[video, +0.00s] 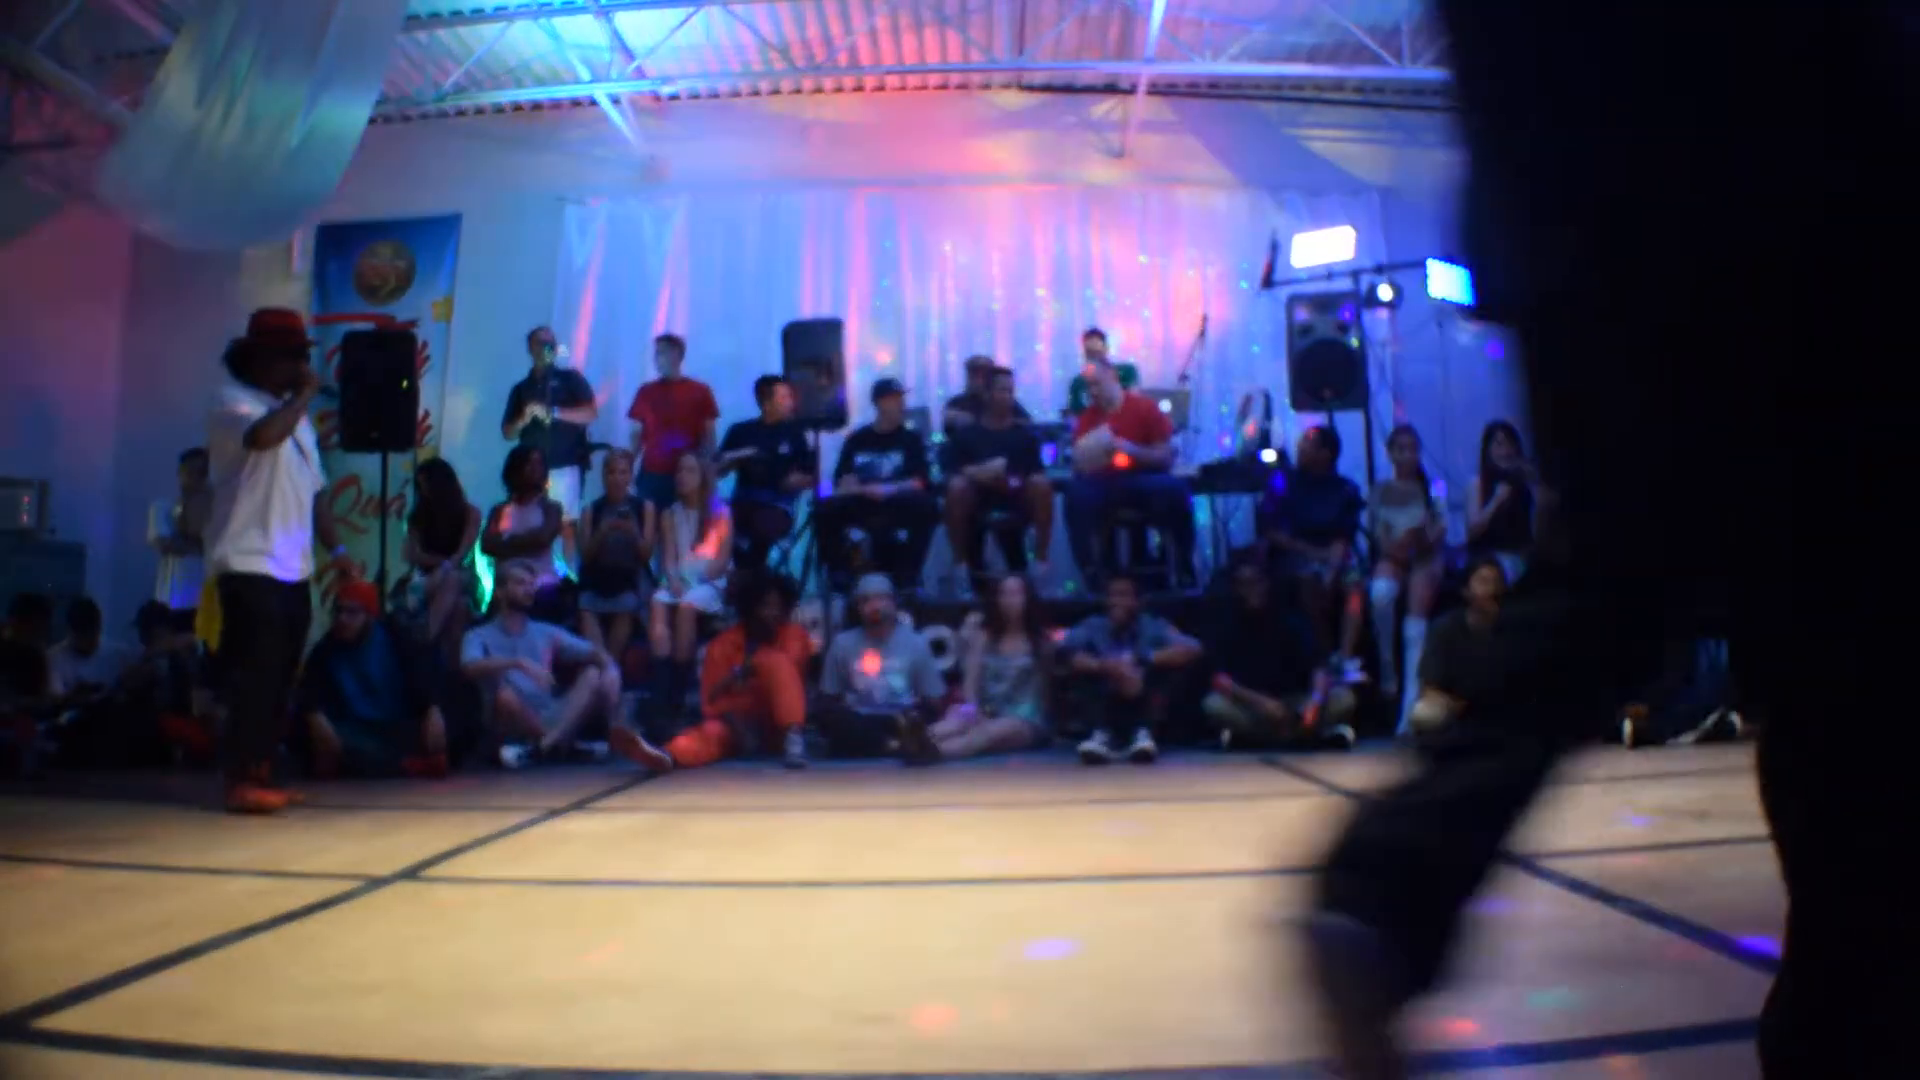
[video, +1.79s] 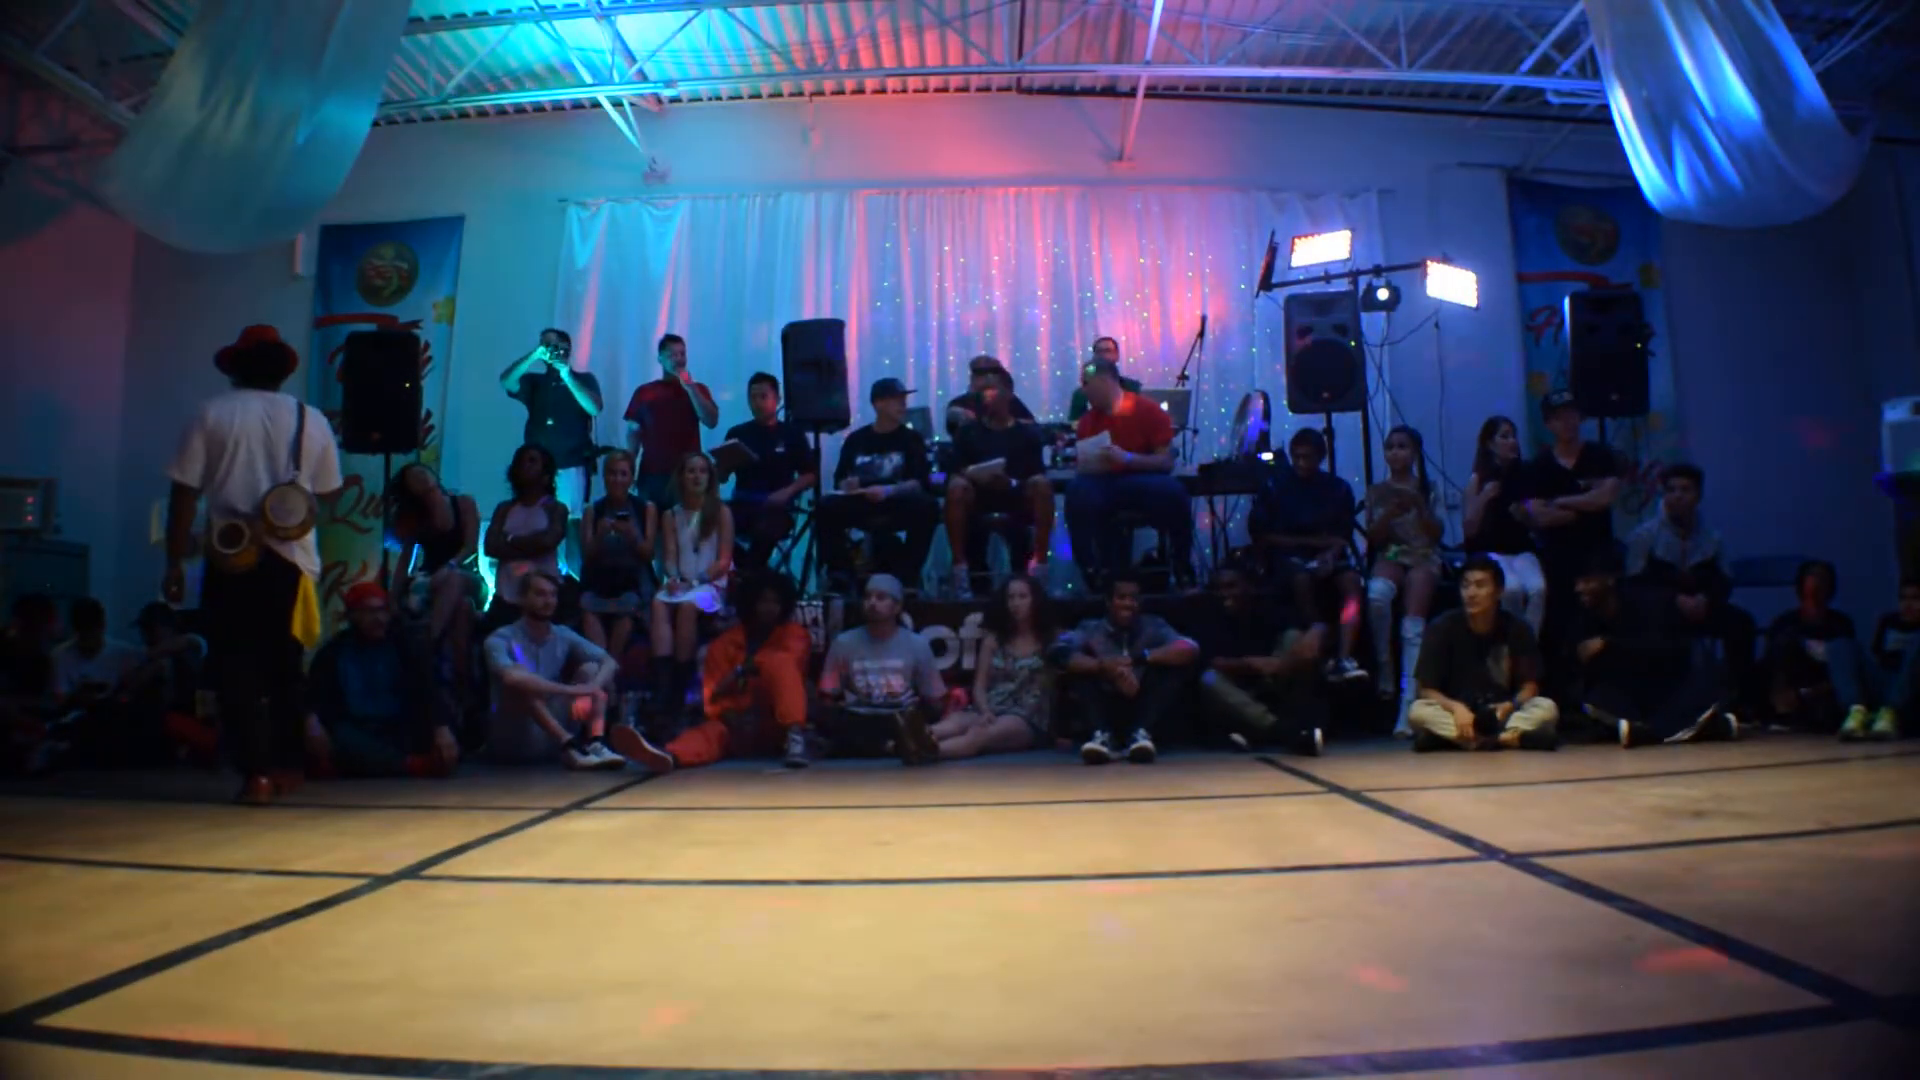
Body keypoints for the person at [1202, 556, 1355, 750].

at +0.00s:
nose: (1252, 590)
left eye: (1257, 583)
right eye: (1245, 584)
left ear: (1267, 584)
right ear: (1236, 588)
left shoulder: (1287, 617)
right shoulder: (1231, 622)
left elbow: (1319, 667)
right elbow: (1219, 678)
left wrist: (1314, 705)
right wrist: (1262, 703)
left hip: (1296, 694)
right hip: (1250, 700)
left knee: (1343, 699)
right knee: (1214, 704)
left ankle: (1252, 737)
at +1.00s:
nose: (1227, 591)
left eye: (1232, 583)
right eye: (1222, 585)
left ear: (1249, 582)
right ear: (1217, 590)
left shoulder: (1279, 615)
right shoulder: (1221, 626)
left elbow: (1313, 662)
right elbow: (1221, 676)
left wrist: (1308, 696)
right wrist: (1250, 698)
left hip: (1291, 694)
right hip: (1249, 700)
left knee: (1341, 698)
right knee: (1213, 702)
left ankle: (1251, 737)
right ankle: (1307, 737)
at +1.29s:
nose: (1217, 594)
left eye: (1223, 586)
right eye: (1212, 589)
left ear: (1240, 585)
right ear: (1207, 592)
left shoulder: (1265, 613)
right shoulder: (1211, 625)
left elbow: (1313, 653)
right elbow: (1212, 670)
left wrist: (1309, 670)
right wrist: (1249, 674)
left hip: (1287, 684)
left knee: (1335, 685)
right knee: (1215, 687)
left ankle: (1251, 736)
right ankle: (1305, 735)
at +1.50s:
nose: (1218, 593)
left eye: (1223, 586)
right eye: (1213, 588)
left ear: (1239, 585)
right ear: (1209, 591)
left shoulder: (1264, 611)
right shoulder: (1212, 622)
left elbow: (1311, 640)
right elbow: (1213, 663)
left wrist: (1287, 661)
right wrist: (1253, 662)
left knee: (1322, 666)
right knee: (1219, 678)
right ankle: (1298, 732)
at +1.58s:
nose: (1218, 593)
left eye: (1224, 586)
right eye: (1214, 588)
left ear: (1241, 586)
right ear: (1211, 591)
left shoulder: (1264, 614)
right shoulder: (1212, 624)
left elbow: (1315, 636)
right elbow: (1212, 665)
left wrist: (1287, 660)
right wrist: (1256, 663)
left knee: (1317, 660)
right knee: (1215, 680)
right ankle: (1297, 733)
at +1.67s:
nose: (1221, 593)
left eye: (1226, 585)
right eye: (1216, 588)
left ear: (1243, 586)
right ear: (1212, 592)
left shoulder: (1265, 613)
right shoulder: (1212, 623)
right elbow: (1208, 664)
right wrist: (1253, 664)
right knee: (1213, 681)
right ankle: (1293, 733)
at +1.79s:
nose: (1226, 594)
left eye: (1232, 586)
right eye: (1221, 588)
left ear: (1247, 586)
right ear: (1215, 593)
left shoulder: (1266, 612)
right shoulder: (1215, 621)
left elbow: (1314, 624)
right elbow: (1212, 661)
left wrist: (1312, 639)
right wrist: (1252, 663)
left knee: (1293, 638)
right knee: (1210, 679)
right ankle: (1282, 733)